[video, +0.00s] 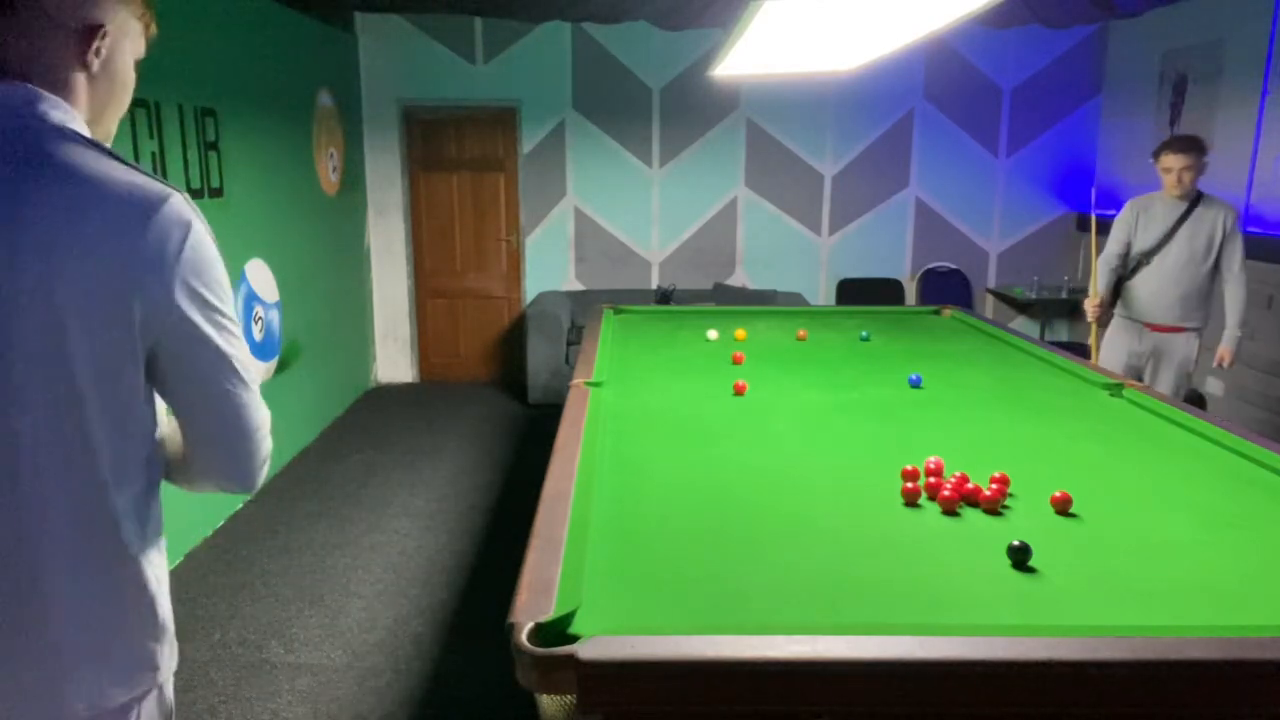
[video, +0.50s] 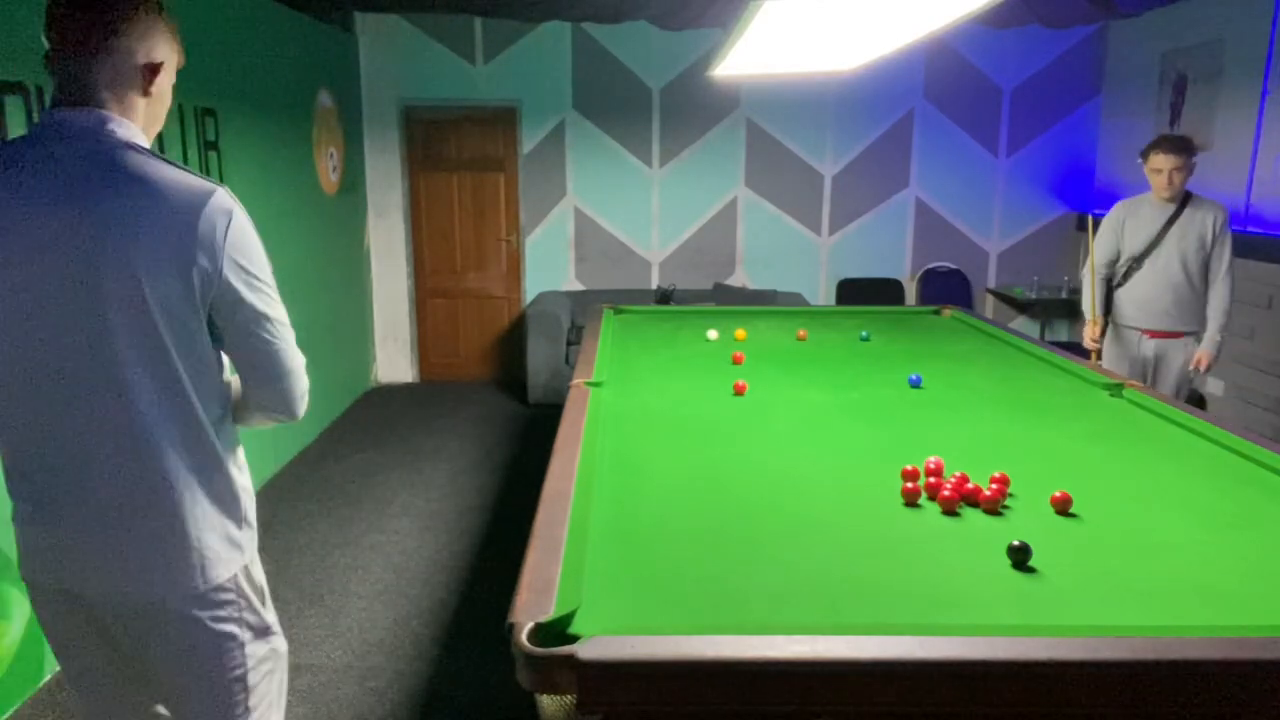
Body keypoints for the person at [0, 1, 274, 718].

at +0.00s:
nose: (131, 94)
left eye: (140, 64)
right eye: (135, 61)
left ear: (8, 40)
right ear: (94, 44)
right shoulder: (145, 218)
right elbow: (238, 459)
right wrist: (138, 430)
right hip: (87, 675)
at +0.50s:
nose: (170, 99)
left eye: (171, 79)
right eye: (172, 79)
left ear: (55, 71)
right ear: (154, 76)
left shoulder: (4, 182)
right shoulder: (198, 208)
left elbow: (14, 367)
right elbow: (283, 394)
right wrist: (204, 398)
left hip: (55, 563)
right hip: (190, 568)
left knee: (109, 711)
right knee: (237, 708)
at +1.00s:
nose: (269, 121)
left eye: (274, 106)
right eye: (271, 105)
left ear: (174, 91)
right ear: (243, 97)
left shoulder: (68, 198)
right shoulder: (279, 208)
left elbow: (35, 368)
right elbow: (331, 379)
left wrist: (131, 339)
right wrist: (309, 446)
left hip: (144, 503)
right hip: (271, 497)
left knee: (166, 694)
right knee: (361, 657)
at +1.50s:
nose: (434, 127)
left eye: (437, 114)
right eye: (436, 113)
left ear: (357, 98)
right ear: (415, 108)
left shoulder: (269, 176)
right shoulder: (442, 201)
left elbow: (222, 317)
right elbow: (489, 331)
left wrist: (276, 300)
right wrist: (531, 411)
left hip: (304, 444)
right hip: (407, 447)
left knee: (272, 636)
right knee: (433, 631)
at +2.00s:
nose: (494, 130)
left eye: (495, 120)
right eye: (495, 120)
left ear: (421, 104)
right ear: (482, 117)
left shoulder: (345, 170)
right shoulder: (496, 199)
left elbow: (301, 293)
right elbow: (518, 323)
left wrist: (361, 275)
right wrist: (551, 410)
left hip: (357, 411)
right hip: (449, 420)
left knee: (342, 567)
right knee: (446, 578)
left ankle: (319, 709)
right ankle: (445, 712)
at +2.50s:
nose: (408, 122)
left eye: (406, 111)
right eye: (406, 110)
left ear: (340, 108)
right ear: (393, 110)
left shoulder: (292, 185)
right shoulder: (417, 189)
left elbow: (287, 291)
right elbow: (460, 306)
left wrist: (348, 283)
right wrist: (419, 325)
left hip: (341, 399)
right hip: (416, 399)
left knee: (359, 539)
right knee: (453, 536)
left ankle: (367, 675)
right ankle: (442, 700)